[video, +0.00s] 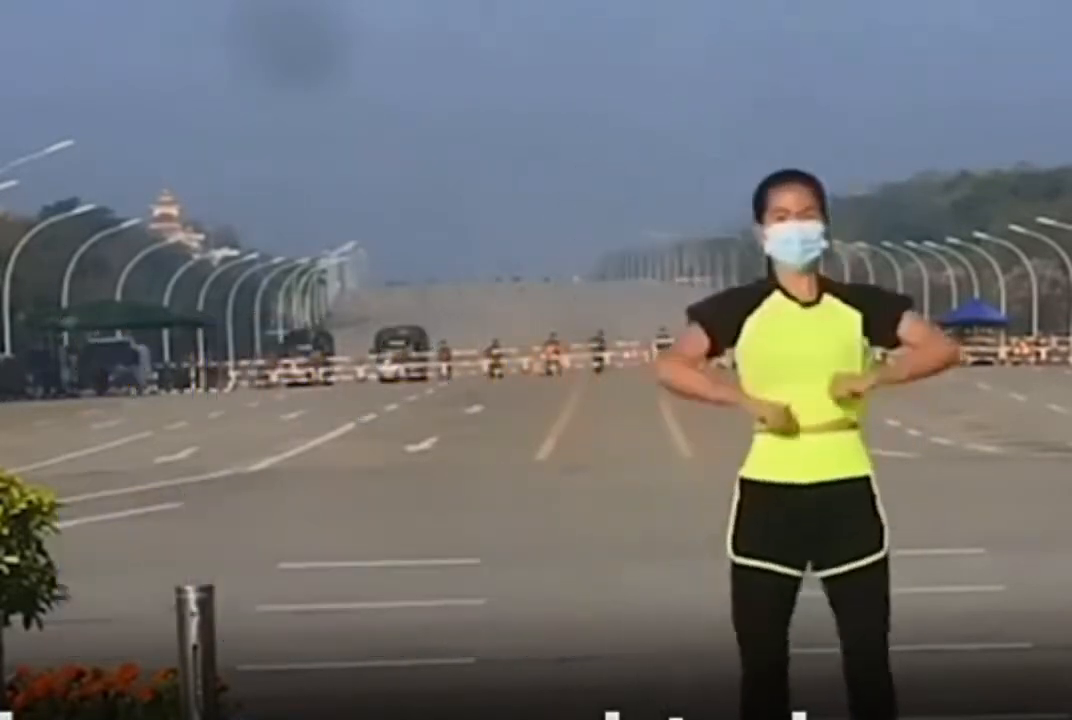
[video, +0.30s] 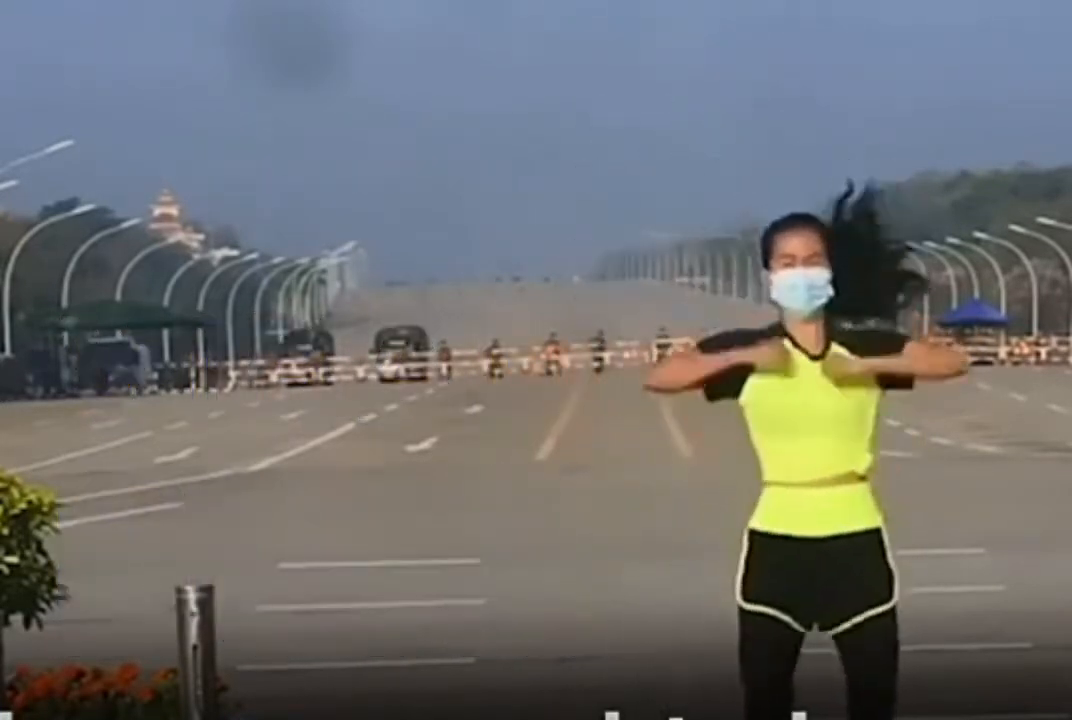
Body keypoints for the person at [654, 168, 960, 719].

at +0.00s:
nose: (796, 227)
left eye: (808, 216)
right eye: (781, 217)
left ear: (825, 227)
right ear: (761, 232)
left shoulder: (862, 304)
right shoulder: (738, 307)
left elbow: (943, 350)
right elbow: (671, 368)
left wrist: (873, 379)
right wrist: (749, 400)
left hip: (847, 497)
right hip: (767, 499)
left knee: (868, 663)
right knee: (761, 666)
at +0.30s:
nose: (802, 273)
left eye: (814, 261)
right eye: (788, 262)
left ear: (832, 270)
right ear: (768, 276)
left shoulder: (864, 345)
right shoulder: (743, 348)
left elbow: (955, 363)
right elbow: (658, 380)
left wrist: (867, 367)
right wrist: (744, 357)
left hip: (856, 539)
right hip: (776, 541)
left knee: (874, 699)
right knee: (764, 702)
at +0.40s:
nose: (801, 259)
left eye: (814, 247)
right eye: (787, 248)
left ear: (832, 257)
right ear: (769, 261)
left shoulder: (867, 334)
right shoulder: (751, 337)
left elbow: (956, 342)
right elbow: (653, 356)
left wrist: (868, 312)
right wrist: (733, 308)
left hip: (854, 522)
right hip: (773, 523)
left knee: (865, 695)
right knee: (759, 694)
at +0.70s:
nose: (787, 231)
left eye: (799, 217)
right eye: (772, 218)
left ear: (818, 227)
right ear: (751, 230)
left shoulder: (850, 299)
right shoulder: (731, 303)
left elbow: (938, 327)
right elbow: (640, 341)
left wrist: (855, 336)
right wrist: (723, 350)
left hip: (833, 495)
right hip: (752, 494)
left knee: (844, 673)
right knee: (720, 664)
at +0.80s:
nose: (779, 261)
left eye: (792, 248)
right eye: (765, 248)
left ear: (809, 260)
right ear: (743, 261)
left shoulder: (840, 341)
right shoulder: (717, 343)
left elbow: (900, 410)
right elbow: (657, 422)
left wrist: (843, 467)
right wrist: (718, 483)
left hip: (822, 539)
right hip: (737, 539)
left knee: (837, 700)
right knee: (713, 699)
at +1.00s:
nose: (758, 262)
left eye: (770, 250)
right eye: (744, 250)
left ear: (789, 260)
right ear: (724, 260)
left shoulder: (823, 341)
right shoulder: (697, 346)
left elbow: (837, 430)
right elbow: (686, 440)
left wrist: (822, 505)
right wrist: (712, 510)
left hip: (804, 535)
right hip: (721, 536)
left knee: (823, 693)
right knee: (707, 692)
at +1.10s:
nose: (752, 262)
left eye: (764, 250)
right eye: (738, 251)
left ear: (782, 259)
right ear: (718, 261)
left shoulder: (820, 336)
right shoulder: (692, 345)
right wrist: (707, 464)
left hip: (801, 534)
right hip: (719, 535)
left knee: (817, 693)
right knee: (705, 694)